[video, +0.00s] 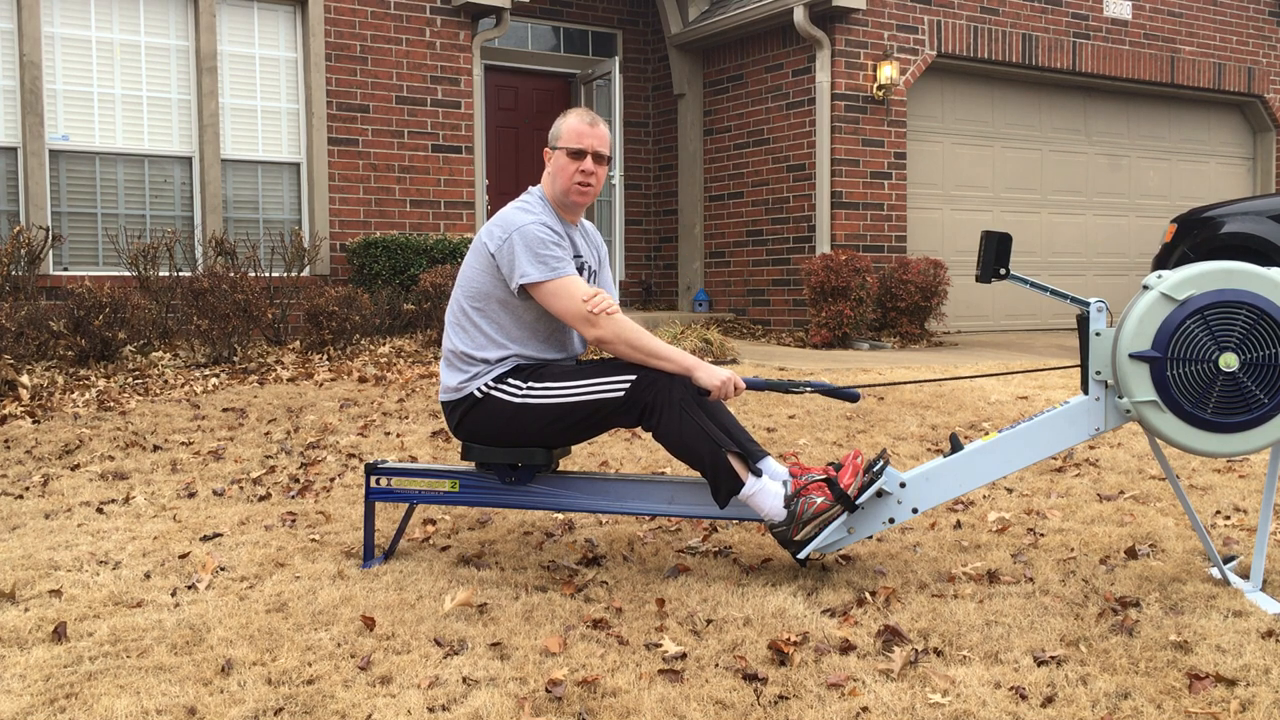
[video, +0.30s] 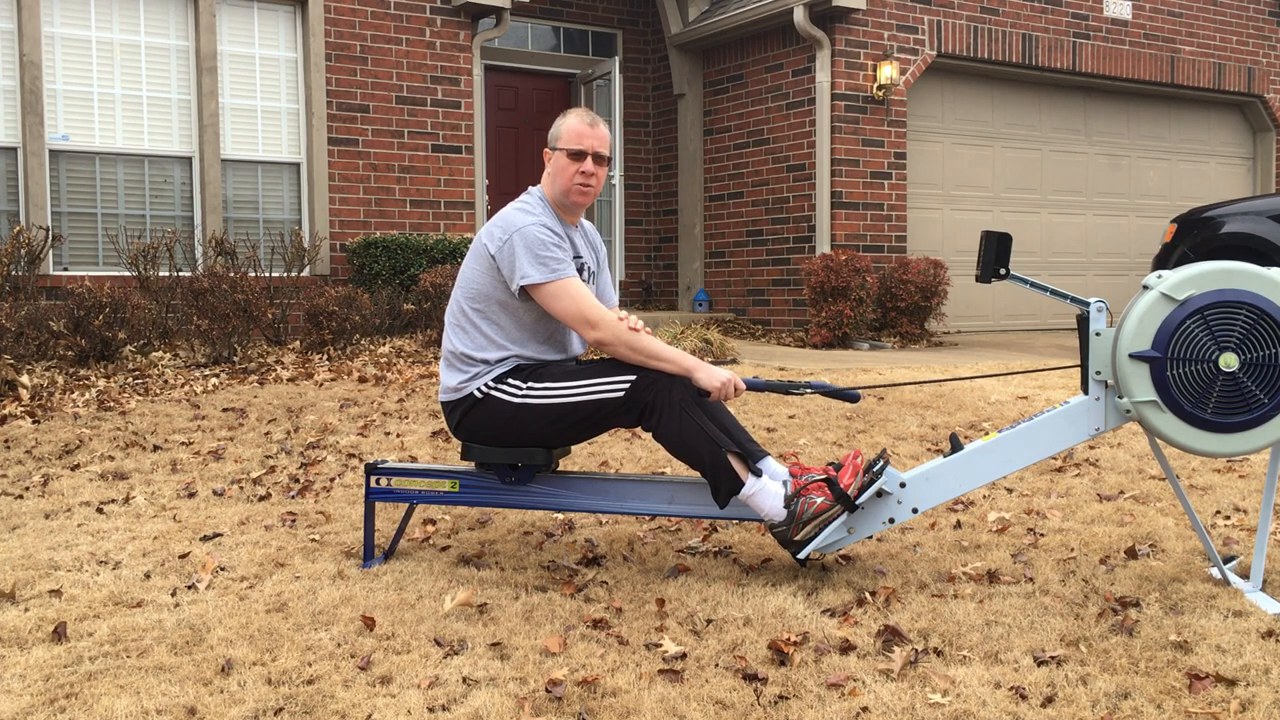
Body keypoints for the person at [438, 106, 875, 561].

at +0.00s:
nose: (588, 169)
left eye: (599, 160)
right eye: (575, 155)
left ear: (608, 170)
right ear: (546, 158)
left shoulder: (590, 240)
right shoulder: (524, 225)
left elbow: (612, 334)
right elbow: (597, 326)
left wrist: (609, 312)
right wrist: (697, 368)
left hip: (542, 377)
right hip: (488, 390)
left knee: (675, 379)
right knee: (652, 387)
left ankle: (788, 485)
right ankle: (777, 510)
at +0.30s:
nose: (588, 170)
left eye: (599, 161)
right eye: (575, 156)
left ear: (608, 171)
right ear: (546, 159)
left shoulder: (587, 239)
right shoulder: (524, 226)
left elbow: (605, 334)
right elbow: (596, 327)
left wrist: (626, 328)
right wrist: (699, 370)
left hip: (539, 375)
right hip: (487, 389)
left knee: (675, 378)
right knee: (651, 387)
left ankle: (787, 487)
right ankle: (777, 510)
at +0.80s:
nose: (586, 171)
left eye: (598, 162)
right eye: (574, 157)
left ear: (607, 171)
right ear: (546, 159)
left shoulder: (584, 236)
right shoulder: (524, 226)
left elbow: (617, 324)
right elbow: (596, 329)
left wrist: (678, 290)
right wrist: (698, 369)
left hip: (540, 376)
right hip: (487, 391)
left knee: (674, 375)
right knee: (651, 386)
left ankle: (787, 485)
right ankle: (776, 510)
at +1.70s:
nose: (594, 173)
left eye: (605, 164)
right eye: (581, 157)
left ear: (610, 174)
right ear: (551, 158)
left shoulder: (586, 236)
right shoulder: (525, 226)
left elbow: (629, 336)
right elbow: (594, 328)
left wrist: (635, 288)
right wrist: (698, 369)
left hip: (538, 376)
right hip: (487, 389)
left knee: (673, 377)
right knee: (651, 387)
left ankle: (786, 484)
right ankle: (776, 510)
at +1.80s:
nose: (596, 171)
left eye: (606, 162)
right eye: (583, 156)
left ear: (611, 173)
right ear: (550, 158)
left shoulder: (589, 241)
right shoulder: (523, 226)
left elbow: (622, 334)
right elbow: (592, 326)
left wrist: (647, 301)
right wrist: (698, 369)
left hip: (541, 377)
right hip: (487, 390)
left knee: (674, 377)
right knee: (651, 386)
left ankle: (785, 483)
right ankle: (775, 509)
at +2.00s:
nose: (593, 168)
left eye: (603, 160)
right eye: (581, 154)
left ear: (610, 171)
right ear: (548, 158)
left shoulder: (587, 240)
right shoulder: (523, 226)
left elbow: (637, 320)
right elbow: (592, 327)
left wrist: (694, 306)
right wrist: (697, 369)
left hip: (541, 377)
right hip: (487, 391)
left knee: (675, 376)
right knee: (651, 386)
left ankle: (786, 484)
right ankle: (776, 510)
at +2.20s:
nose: (592, 168)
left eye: (602, 160)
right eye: (579, 155)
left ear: (610, 170)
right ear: (547, 158)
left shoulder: (587, 240)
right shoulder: (523, 226)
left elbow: (637, 321)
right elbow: (593, 326)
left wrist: (695, 297)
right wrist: (698, 370)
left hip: (541, 377)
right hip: (487, 390)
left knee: (676, 377)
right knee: (650, 387)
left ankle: (787, 484)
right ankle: (776, 510)